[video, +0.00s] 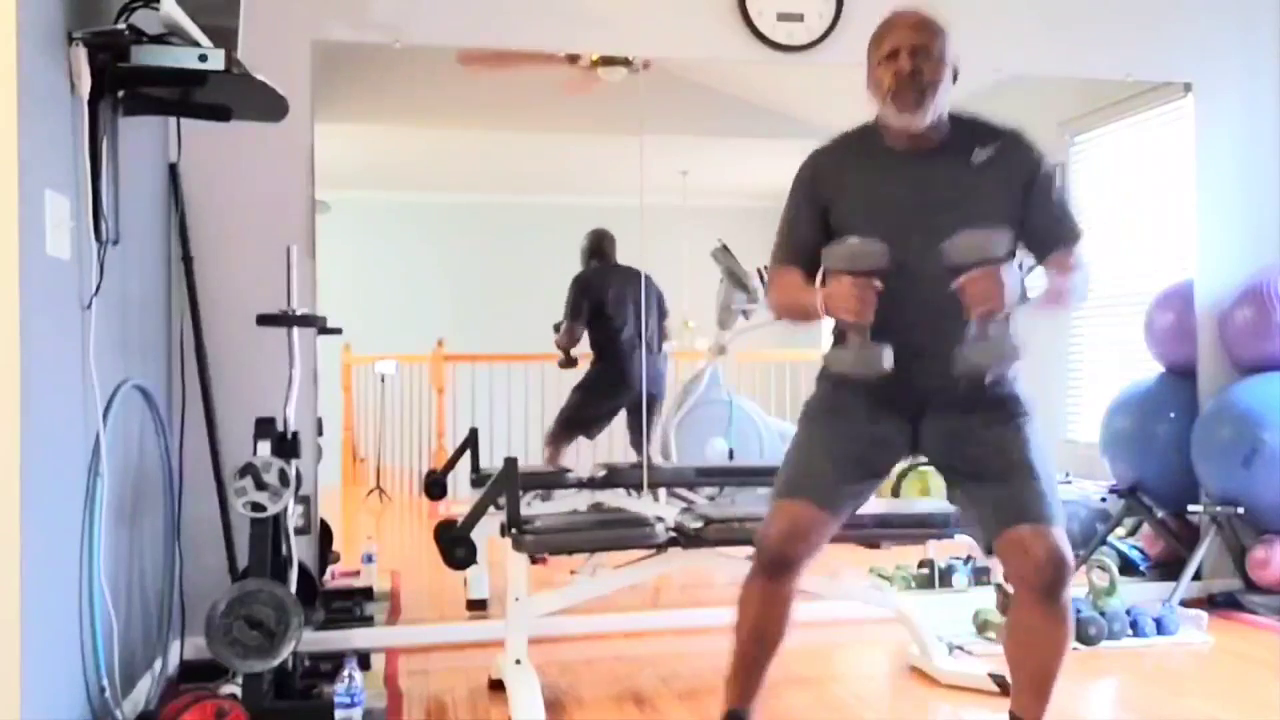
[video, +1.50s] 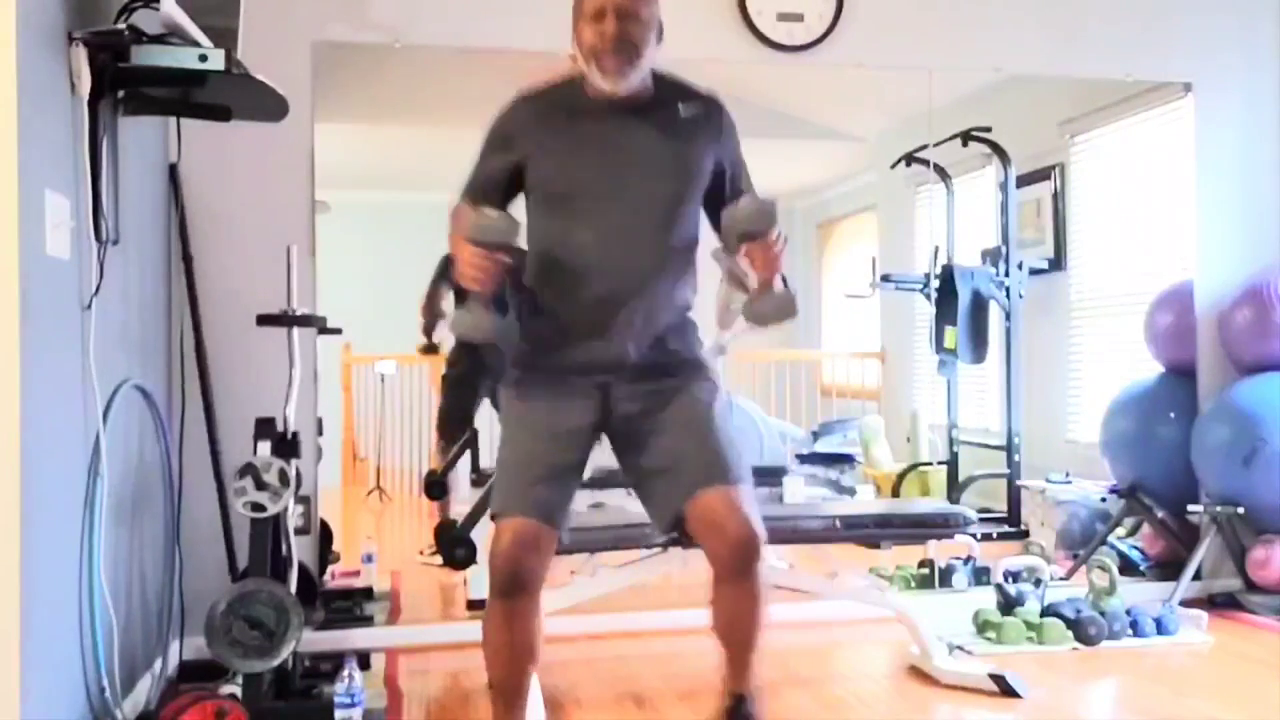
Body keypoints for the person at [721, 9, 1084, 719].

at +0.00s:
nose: (904, 66)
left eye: (921, 54)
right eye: (889, 56)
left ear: (951, 72)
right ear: (870, 76)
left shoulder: (1007, 157)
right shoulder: (828, 169)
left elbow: (1067, 272)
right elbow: (782, 289)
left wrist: (1018, 286)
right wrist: (822, 296)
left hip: (975, 399)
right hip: (859, 394)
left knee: (1045, 565)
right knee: (778, 547)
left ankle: (1027, 716)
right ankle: (736, 710)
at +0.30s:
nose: (825, 110)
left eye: (840, 97)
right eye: (811, 98)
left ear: (869, 109)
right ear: (789, 112)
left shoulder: (920, 187)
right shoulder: (751, 203)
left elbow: (982, 321)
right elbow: (704, 326)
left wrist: (939, 314)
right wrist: (751, 322)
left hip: (902, 416)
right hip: (786, 417)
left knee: (1009, 565)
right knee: (724, 570)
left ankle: (1016, 716)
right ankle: (721, 715)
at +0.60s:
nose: (763, 22)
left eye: (782, 7)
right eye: (747, 8)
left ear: (814, 18)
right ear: (727, 23)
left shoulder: (865, 110)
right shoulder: (695, 121)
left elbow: (916, 201)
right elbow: (642, 218)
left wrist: (934, 221)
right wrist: (630, 249)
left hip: (820, 366)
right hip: (714, 367)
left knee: (857, 559)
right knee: (701, 549)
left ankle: (813, 711)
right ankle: (714, 712)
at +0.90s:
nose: (745, 18)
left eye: (762, 3)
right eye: (730, 4)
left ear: (791, 14)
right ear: (712, 15)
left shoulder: (842, 110)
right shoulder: (667, 107)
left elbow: (891, 212)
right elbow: (603, 212)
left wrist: (875, 232)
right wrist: (632, 240)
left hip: (787, 364)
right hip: (676, 358)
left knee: (812, 544)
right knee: (632, 522)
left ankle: (803, 715)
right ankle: (656, 692)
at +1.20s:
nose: (681, 140)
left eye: (697, 127)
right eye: (665, 127)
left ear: (721, 142)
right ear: (643, 144)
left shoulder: (766, 224)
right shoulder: (602, 229)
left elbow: (809, 365)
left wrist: (778, 342)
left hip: (744, 447)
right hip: (625, 450)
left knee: (860, 575)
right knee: (530, 588)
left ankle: (810, 714)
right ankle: (515, 715)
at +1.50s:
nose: (614, 30)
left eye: (631, 14)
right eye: (598, 15)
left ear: (658, 23)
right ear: (575, 25)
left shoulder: (702, 119)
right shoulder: (528, 118)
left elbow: (743, 223)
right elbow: (472, 211)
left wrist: (761, 255)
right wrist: (466, 249)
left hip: (666, 368)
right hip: (550, 372)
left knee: (739, 541)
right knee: (515, 560)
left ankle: (739, 699)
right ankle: (511, 718)